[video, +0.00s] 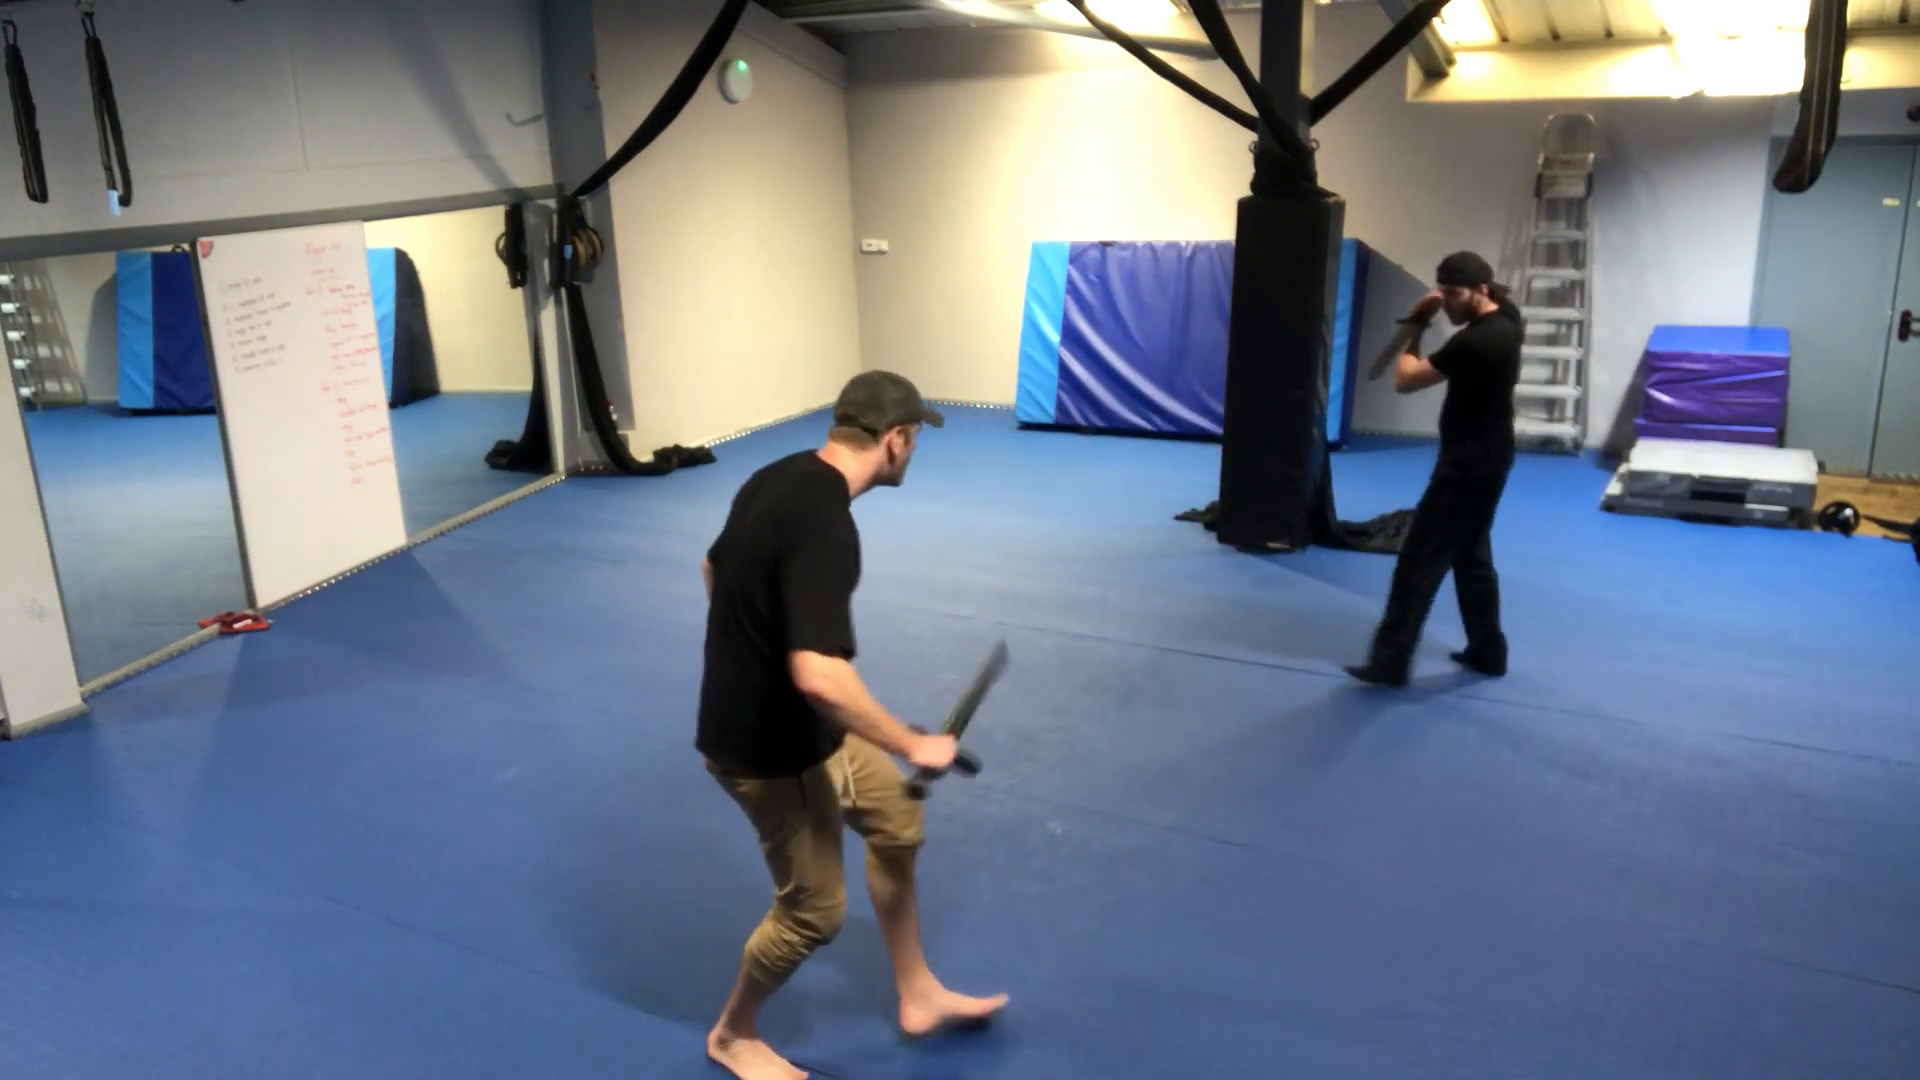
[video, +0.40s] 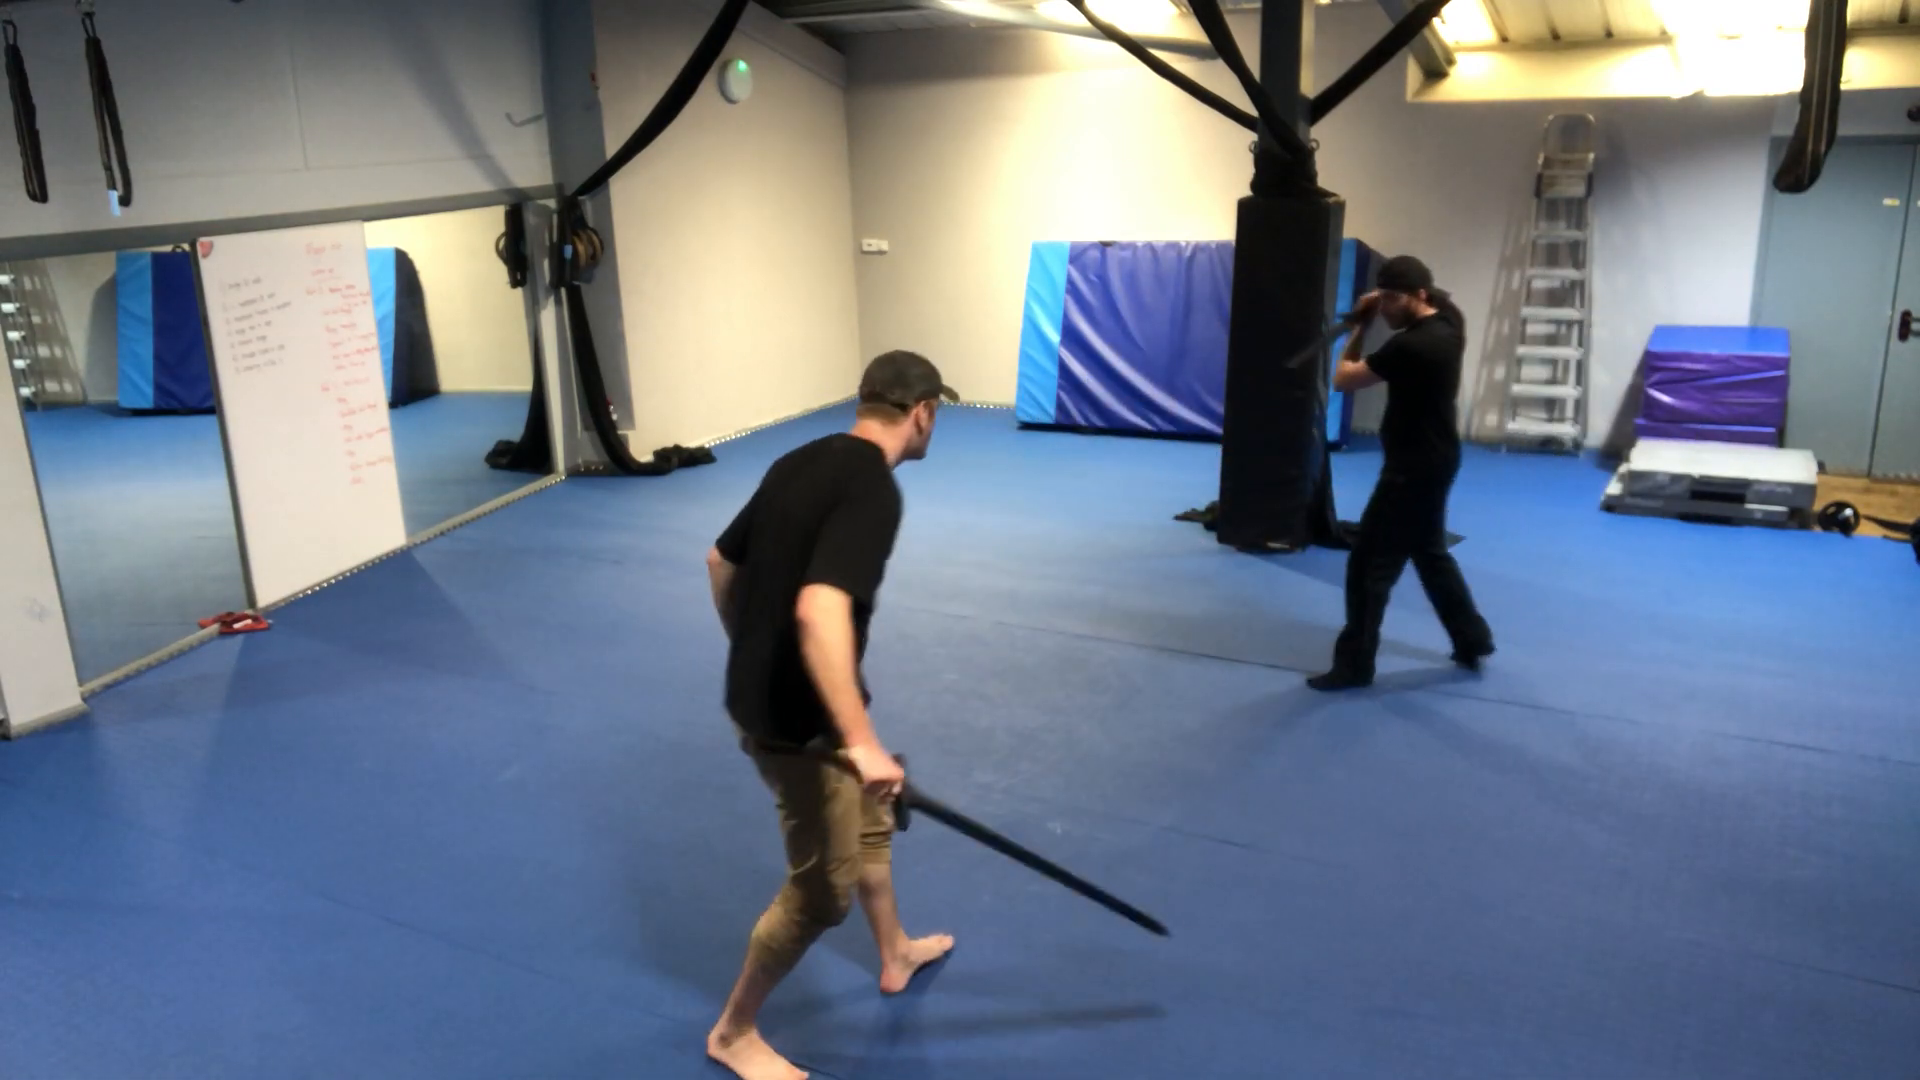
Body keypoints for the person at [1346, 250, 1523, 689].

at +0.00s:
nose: (1442, 300)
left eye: (1450, 291)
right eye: (1443, 290)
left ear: (1478, 291)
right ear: (1483, 292)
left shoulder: (1472, 341)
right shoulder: (1507, 321)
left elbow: (1404, 378)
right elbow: (1490, 295)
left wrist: (1416, 325)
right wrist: (1442, 304)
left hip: (1464, 464)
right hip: (1490, 458)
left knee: (1420, 559)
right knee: (1472, 554)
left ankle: (1389, 664)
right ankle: (1487, 651)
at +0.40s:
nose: (1384, 306)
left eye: (1389, 298)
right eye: (1383, 298)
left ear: (1415, 297)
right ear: (1423, 296)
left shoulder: (1411, 344)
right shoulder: (1448, 323)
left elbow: (1343, 378)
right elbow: (1426, 295)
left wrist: (1360, 326)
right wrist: (1380, 299)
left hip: (1410, 467)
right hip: (1436, 460)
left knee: (1369, 564)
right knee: (1429, 552)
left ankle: (1354, 667)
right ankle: (1472, 642)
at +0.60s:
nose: (1354, 312)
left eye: (1360, 305)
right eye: (1353, 304)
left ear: (1385, 302)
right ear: (1390, 301)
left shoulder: (1380, 350)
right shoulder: (1417, 323)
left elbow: (1311, 381)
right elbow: (1389, 303)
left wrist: (1329, 326)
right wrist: (1353, 301)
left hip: (1388, 466)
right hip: (1412, 456)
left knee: (1346, 562)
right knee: (1382, 538)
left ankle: (1351, 668)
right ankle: (1417, 622)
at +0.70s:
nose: (1345, 317)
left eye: (1350, 309)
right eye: (1342, 309)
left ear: (1375, 305)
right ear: (1381, 304)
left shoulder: (1371, 351)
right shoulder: (1406, 324)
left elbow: (1302, 382)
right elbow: (1378, 304)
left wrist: (1319, 327)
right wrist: (1342, 301)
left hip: (1380, 467)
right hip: (1402, 457)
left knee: (1338, 559)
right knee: (1373, 543)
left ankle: (1349, 668)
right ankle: (1376, 627)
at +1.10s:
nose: (1326, 311)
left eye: (1331, 304)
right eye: (1324, 303)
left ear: (1355, 302)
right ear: (1355, 299)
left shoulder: (1362, 347)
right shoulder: (1369, 319)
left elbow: (1289, 379)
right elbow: (1331, 285)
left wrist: (1284, 327)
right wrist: (1310, 290)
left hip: (1360, 463)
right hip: (1347, 455)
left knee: (1339, 559)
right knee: (1325, 538)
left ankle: (1351, 667)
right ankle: (1331, 616)